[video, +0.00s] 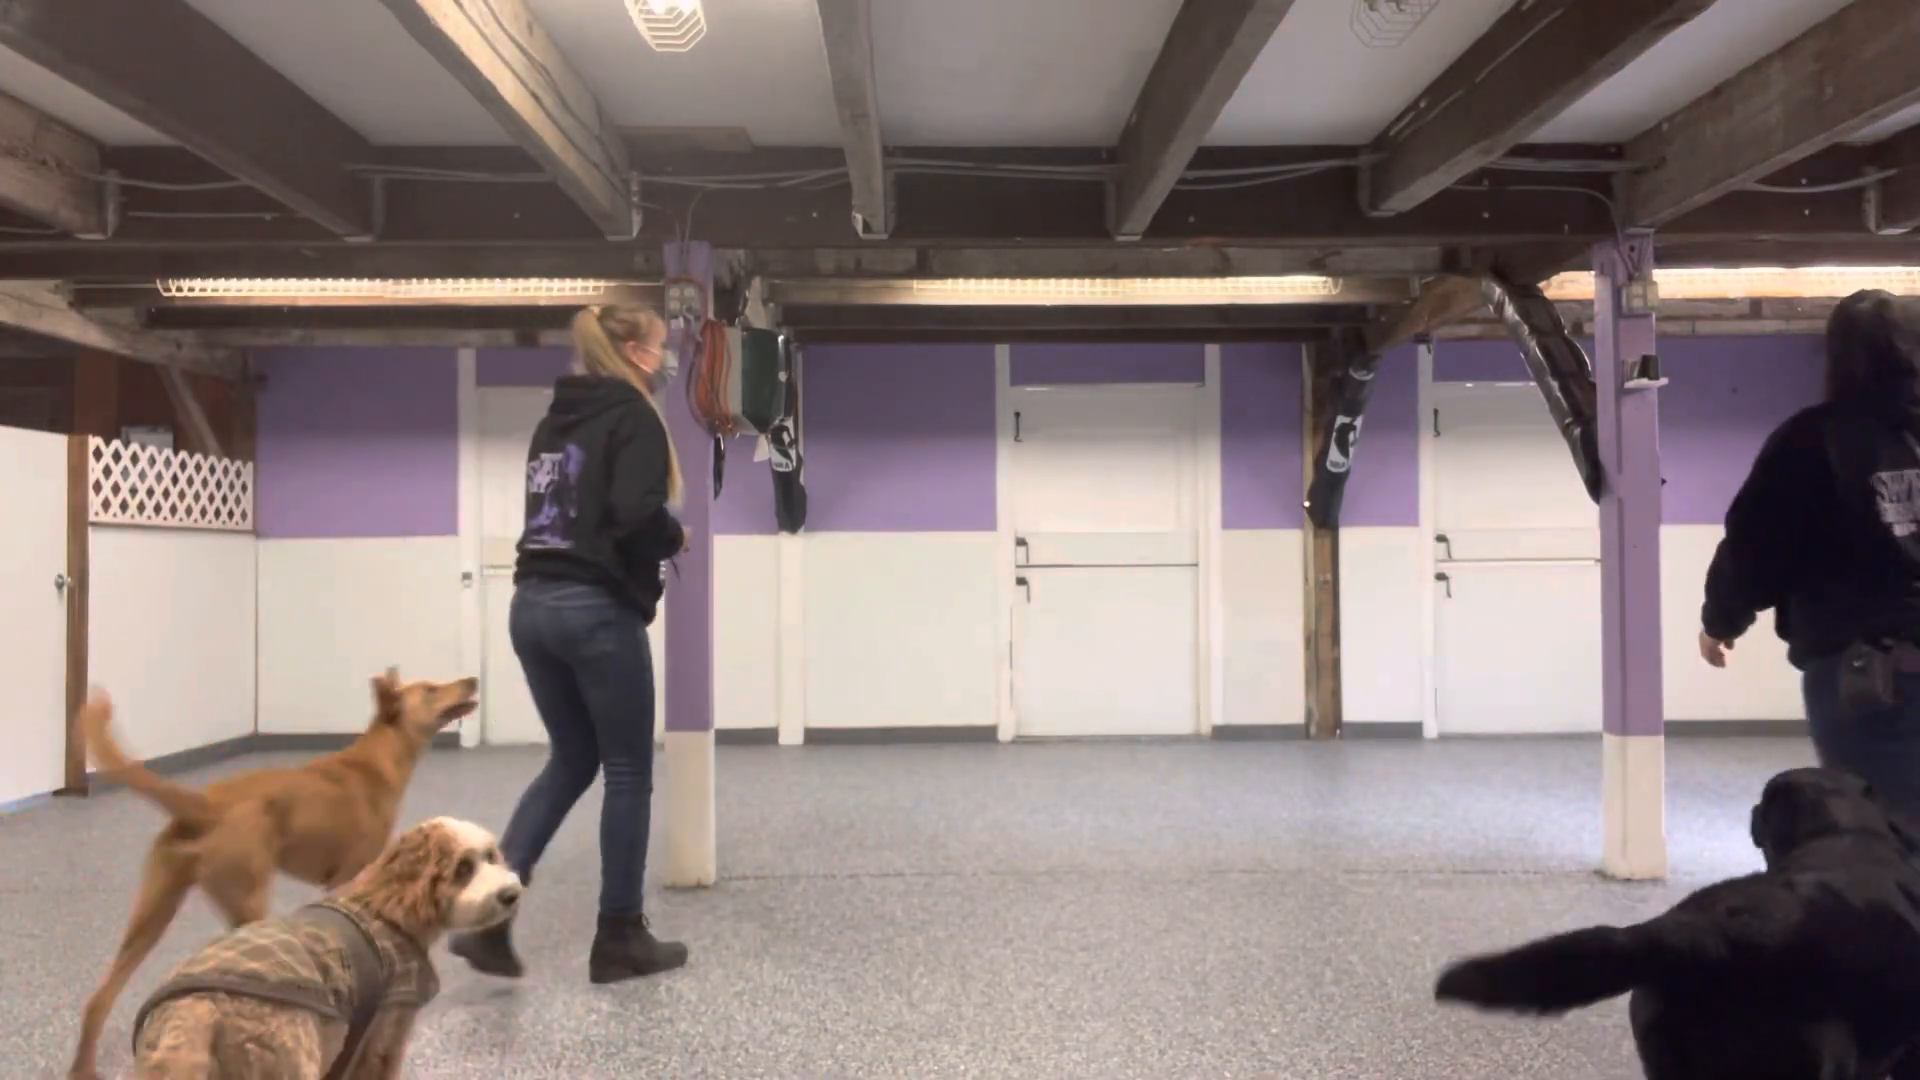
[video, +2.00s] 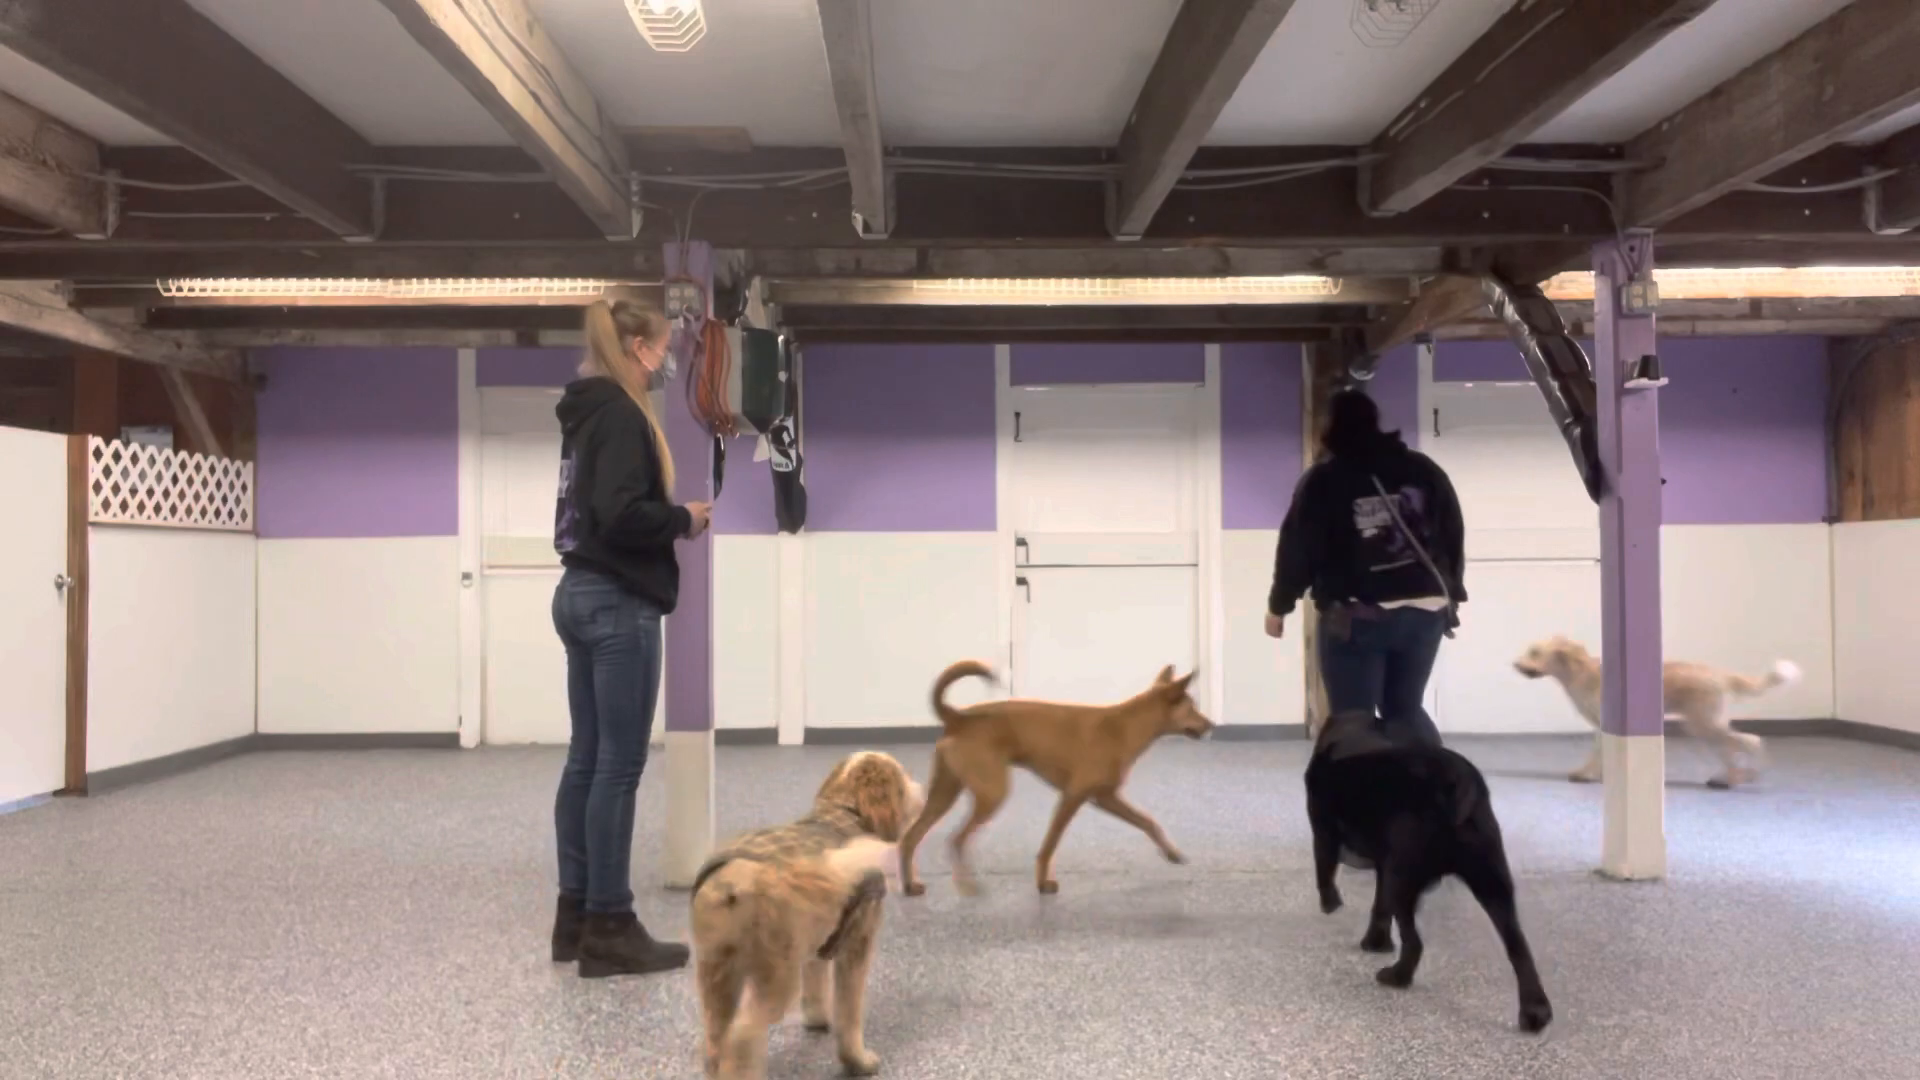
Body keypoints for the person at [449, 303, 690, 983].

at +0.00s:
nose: (664, 359)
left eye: (663, 347)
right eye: (659, 348)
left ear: (600, 346)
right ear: (632, 348)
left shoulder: (557, 415)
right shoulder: (634, 417)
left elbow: (550, 513)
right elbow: (636, 513)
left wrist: (625, 534)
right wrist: (674, 536)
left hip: (533, 605)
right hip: (596, 610)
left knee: (571, 758)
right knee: (629, 771)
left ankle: (489, 906)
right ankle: (620, 935)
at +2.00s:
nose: (661, 363)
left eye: (663, 351)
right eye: (659, 351)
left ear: (615, 342)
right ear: (634, 346)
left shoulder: (590, 407)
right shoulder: (620, 413)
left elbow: (602, 510)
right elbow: (618, 514)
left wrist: (668, 514)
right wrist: (683, 517)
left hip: (583, 592)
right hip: (619, 599)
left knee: (587, 760)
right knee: (619, 767)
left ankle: (575, 916)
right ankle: (609, 928)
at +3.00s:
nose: (671, 408)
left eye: (668, 399)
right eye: (668, 399)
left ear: (608, 395)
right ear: (659, 400)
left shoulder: (563, 444)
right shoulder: (647, 447)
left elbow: (547, 520)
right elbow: (653, 536)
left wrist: (604, 572)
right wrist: (645, 582)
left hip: (507, 599)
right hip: (568, 604)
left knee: (534, 752)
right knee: (620, 762)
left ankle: (478, 907)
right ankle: (611, 929)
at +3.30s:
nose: (572, 436)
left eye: (569, 428)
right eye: (572, 428)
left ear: (516, 423)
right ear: (565, 426)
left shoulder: (476, 469)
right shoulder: (565, 468)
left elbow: (462, 540)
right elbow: (574, 543)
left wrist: (533, 594)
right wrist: (572, 597)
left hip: (428, 611)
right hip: (496, 610)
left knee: (450, 756)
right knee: (570, 763)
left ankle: (415, 915)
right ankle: (605, 926)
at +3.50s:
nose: (537, 449)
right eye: (535, 440)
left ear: (480, 437)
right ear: (529, 441)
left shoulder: (442, 484)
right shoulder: (537, 477)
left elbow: (421, 555)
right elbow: (558, 550)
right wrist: (541, 609)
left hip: (411, 612)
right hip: (486, 609)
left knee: (436, 759)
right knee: (556, 763)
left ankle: (414, 915)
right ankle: (590, 926)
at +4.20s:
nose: (448, 417)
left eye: (445, 408)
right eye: (446, 408)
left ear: (387, 409)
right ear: (436, 406)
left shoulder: (354, 470)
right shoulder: (443, 457)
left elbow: (332, 561)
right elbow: (478, 530)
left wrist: (373, 598)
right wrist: (520, 579)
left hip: (356, 629)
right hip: (426, 619)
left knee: (427, 759)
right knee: (512, 758)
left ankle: (415, 915)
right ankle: (534, 920)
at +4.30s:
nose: (437, 408)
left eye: (434, 399)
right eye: (435, 398)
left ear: (372, 397)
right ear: (422, 397)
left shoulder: (341, 460)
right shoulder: (424, 450)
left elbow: (327, 549)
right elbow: (459, 524)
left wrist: (378, 579)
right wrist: (504, 572)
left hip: (343, 623)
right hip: (409, 616)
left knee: (420, 757)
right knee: (487, 754)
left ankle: (414, 912)